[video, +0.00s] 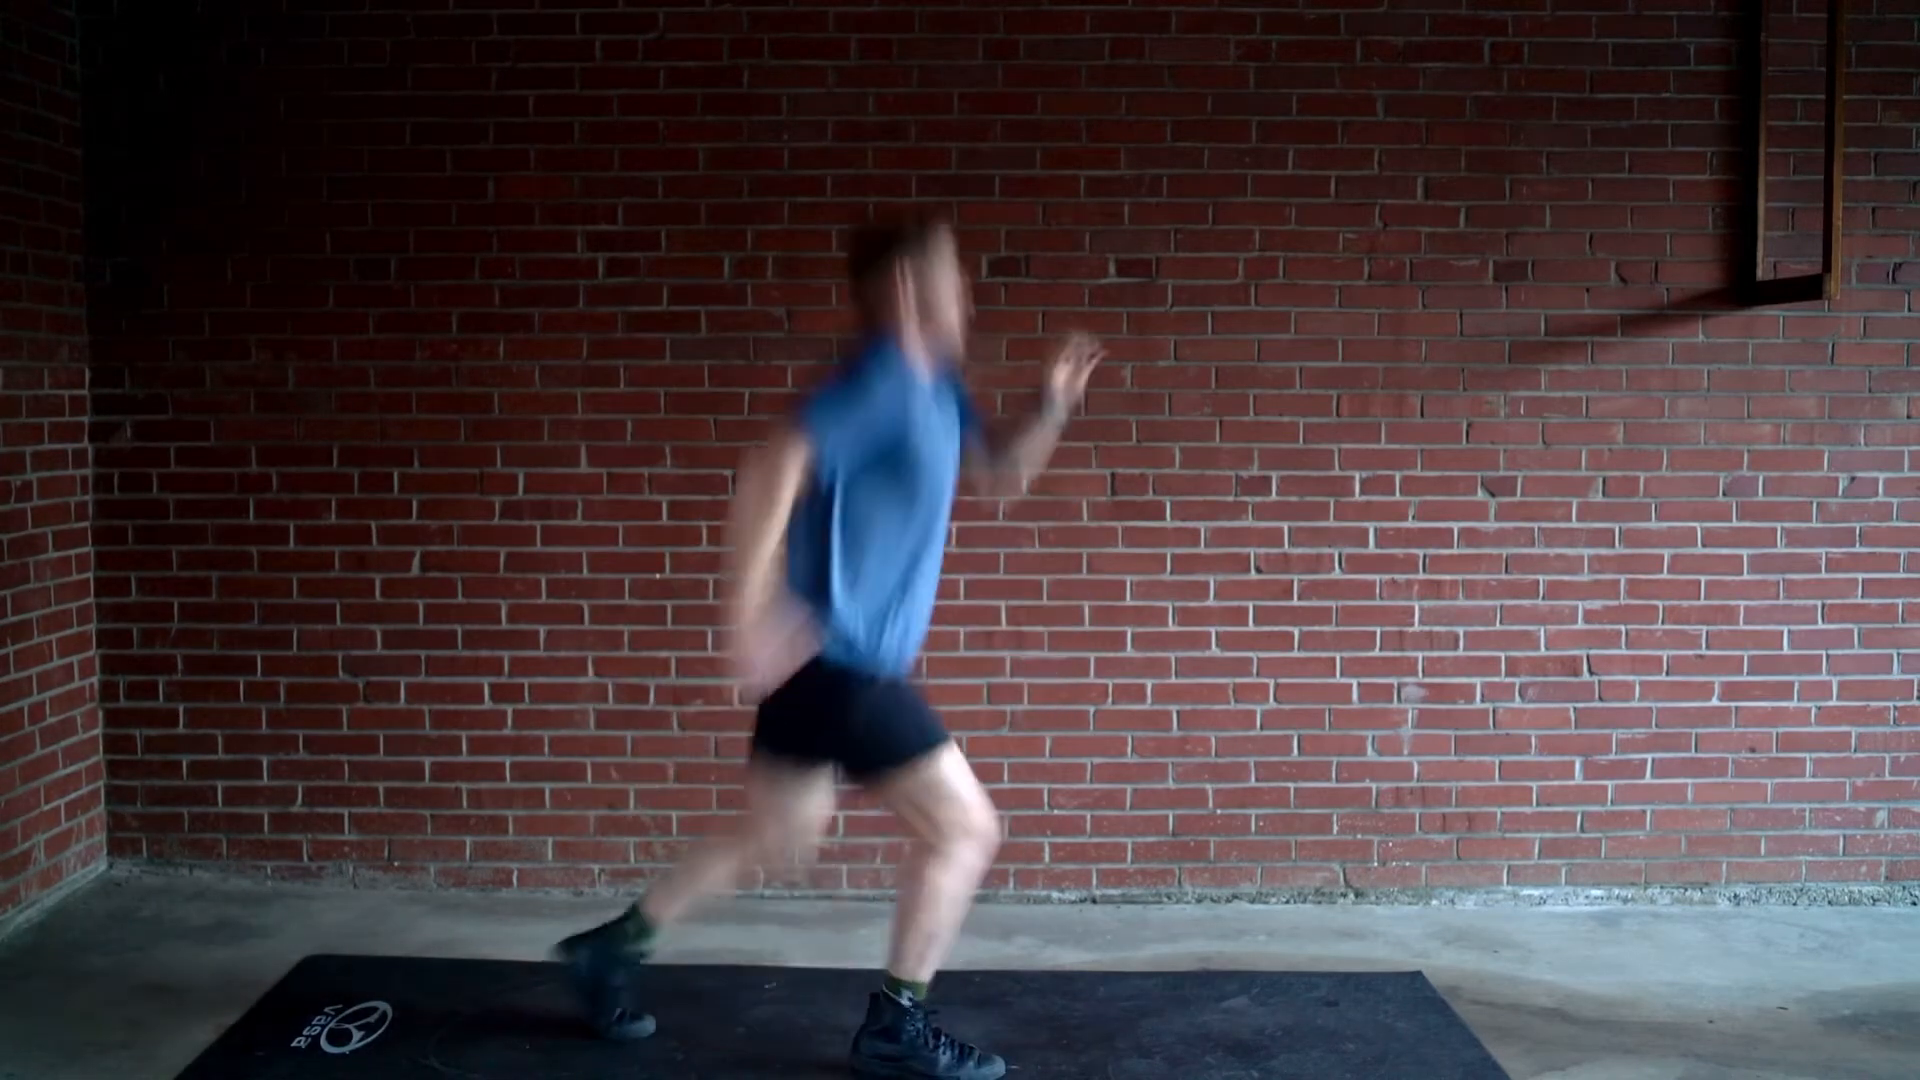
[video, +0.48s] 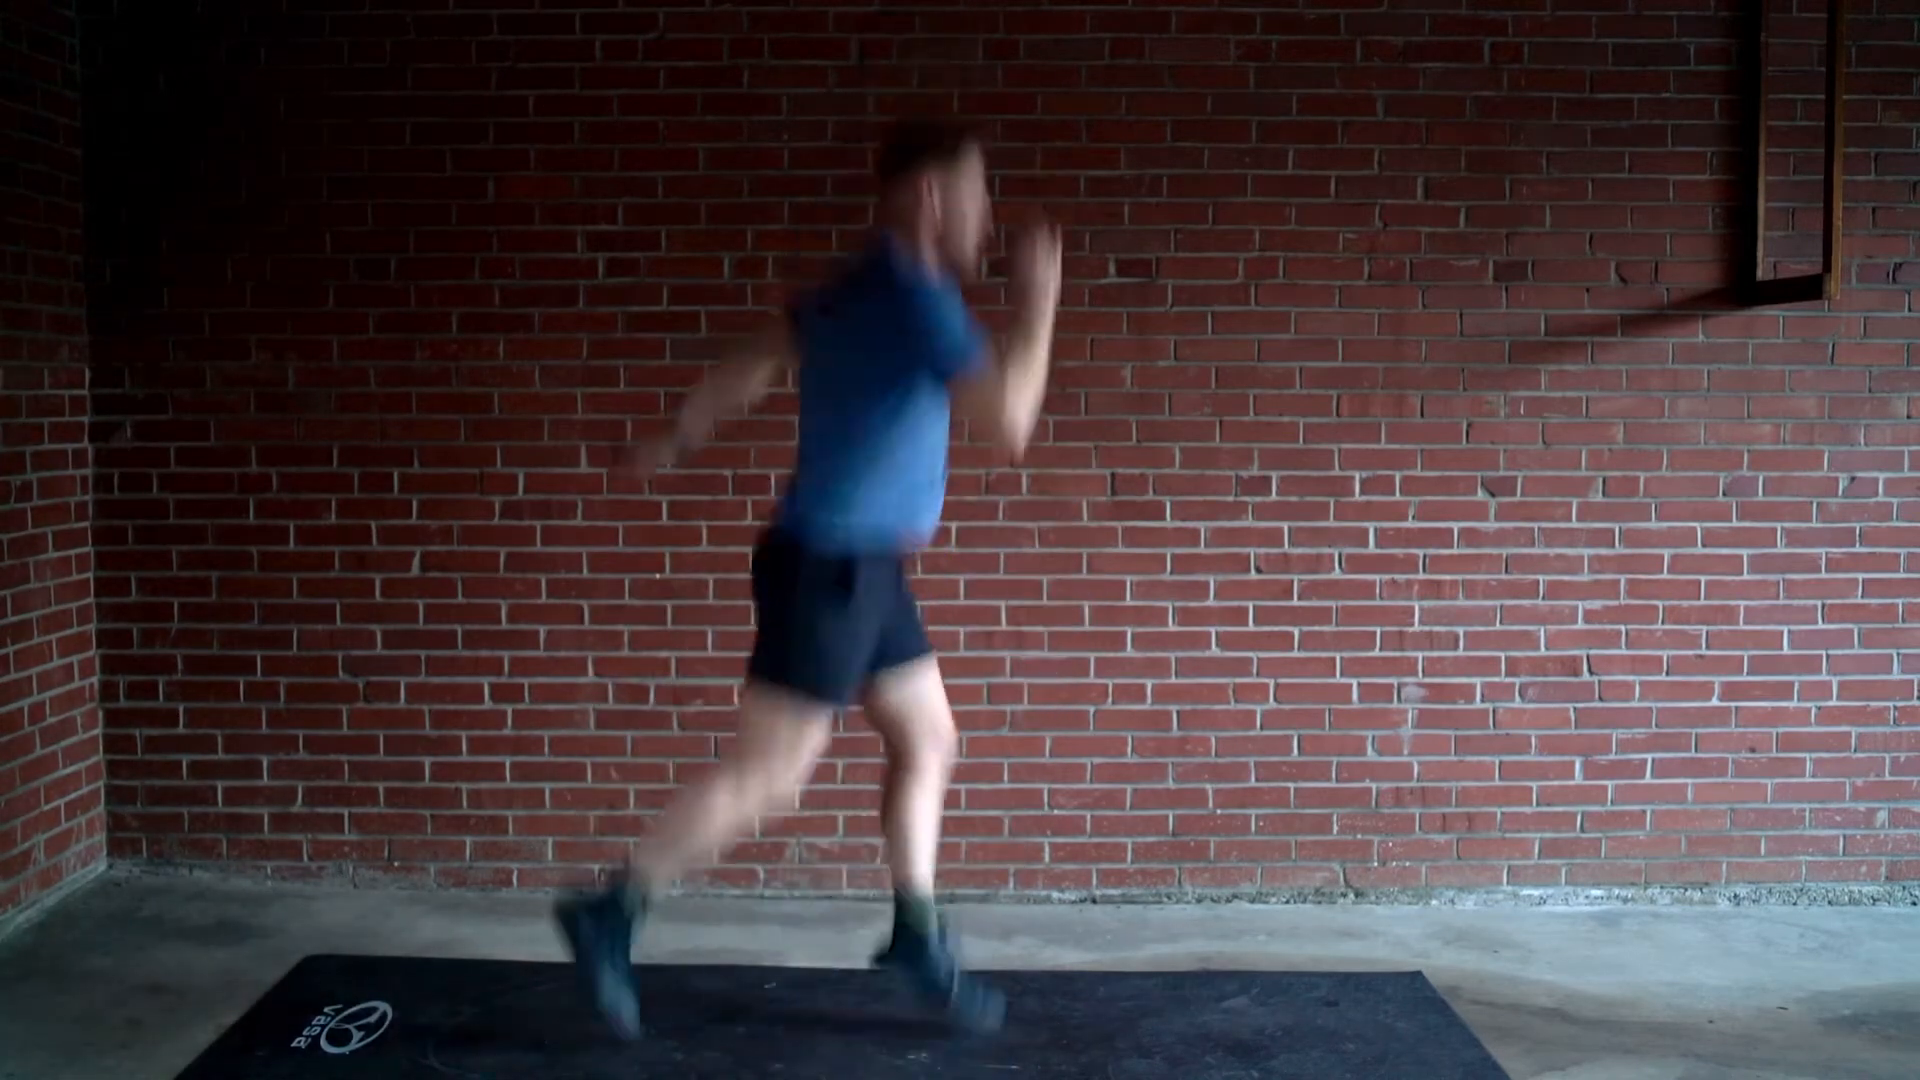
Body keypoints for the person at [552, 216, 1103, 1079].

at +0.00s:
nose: (963, 292)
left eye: (960, 275)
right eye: (944, 275)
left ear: (943, 288)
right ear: (898, 289)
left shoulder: (942, 392)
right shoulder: (881, 382)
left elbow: (1001, 473)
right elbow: (777, 457)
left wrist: (1052, 410)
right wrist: (749, 605)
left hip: (840, 662)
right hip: (841, 665)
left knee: (776, 837)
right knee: (964, 831)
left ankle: (614, 945)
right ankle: (896, 1025)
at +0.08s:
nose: (951, 193)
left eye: (950, 176)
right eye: (935, 175)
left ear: (928, 190)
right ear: (886, 187)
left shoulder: (922, 284)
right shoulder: (870, 274)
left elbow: (934, 383)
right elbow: (797, 395)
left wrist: (1035, 388)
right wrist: (845, 519)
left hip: (853, 543)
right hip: (844, 548)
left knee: (763, 731)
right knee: (871, 771)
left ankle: (669, 891)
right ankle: (901, 979)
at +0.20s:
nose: (960, 108)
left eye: (957, 90)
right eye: (946, 89)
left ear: (903, 100)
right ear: (896, 97)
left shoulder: (898, 199)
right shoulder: (871, 189)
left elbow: (898, 338)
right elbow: (870, 331)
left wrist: (906, 452)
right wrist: (1013, 321)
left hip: (857, 461)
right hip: (841, 459)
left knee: (831, 668)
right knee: (849, 671)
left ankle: (767, 850)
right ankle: (770, 853)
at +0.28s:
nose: (969, 98)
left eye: (967, 81)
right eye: (958, 81)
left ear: (908, 86)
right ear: (910, 84)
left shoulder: (895, 176)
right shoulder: (875, 178)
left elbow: (909, 308)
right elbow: (946, 307)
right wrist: (1043, 231)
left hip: (867, 451)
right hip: (833, 450)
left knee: (877, 648)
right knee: (825, 667)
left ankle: (824, 841)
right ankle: (685, 832)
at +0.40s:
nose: (980, 141)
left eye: (976, 122)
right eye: (968, 123)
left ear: (913, 129)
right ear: (919, 127)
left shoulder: (862, 218)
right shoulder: (904, 225)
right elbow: (1002, 339)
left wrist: (701, 396)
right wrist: (1042, 227)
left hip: (875, 497)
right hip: (828, 497)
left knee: (906, 687)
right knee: (778, 713)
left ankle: (897, 880)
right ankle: (621, 847)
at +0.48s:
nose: (988, 208)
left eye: (984, 188)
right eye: (973, 188)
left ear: (914, 195)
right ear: (922, 192)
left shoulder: (853, 287)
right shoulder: (915, 296)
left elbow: (753, 363)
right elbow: (1009, 421)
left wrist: (674, 437)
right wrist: (1040, 294)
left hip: (868, 565)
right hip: (824, 567)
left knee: (927, 739)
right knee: (769, 774)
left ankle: (916, 938)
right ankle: (611, 911)